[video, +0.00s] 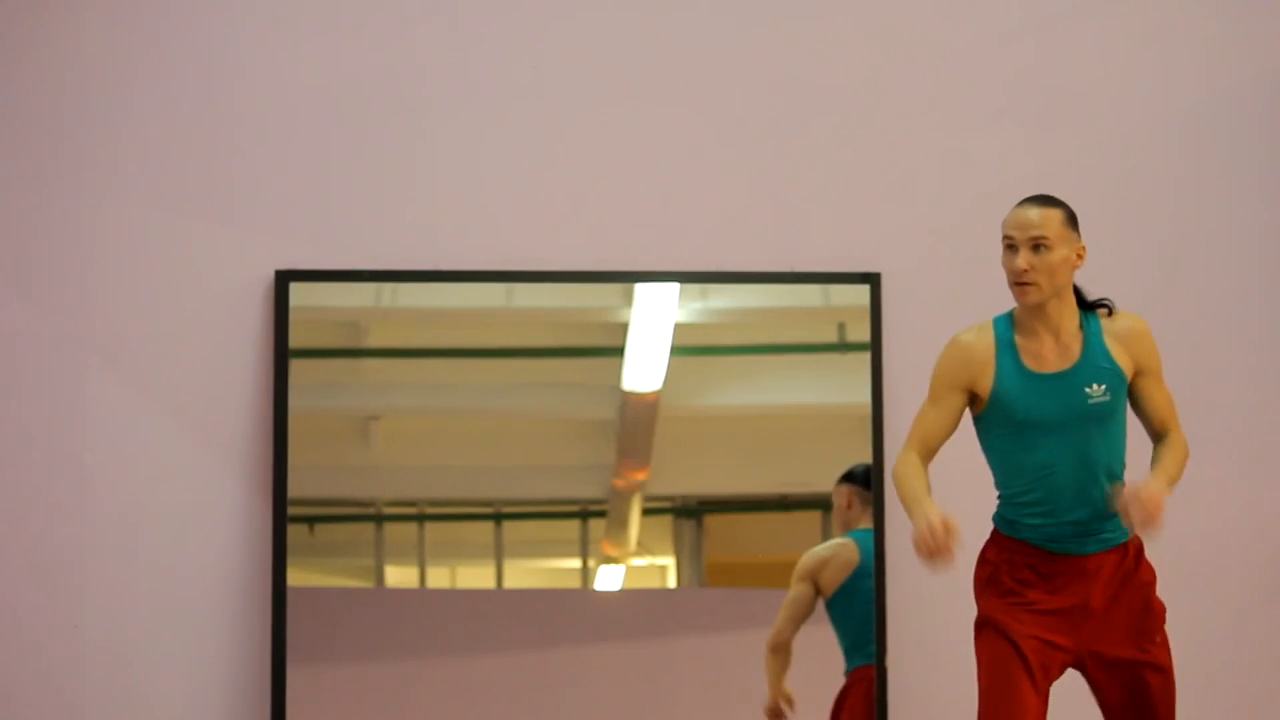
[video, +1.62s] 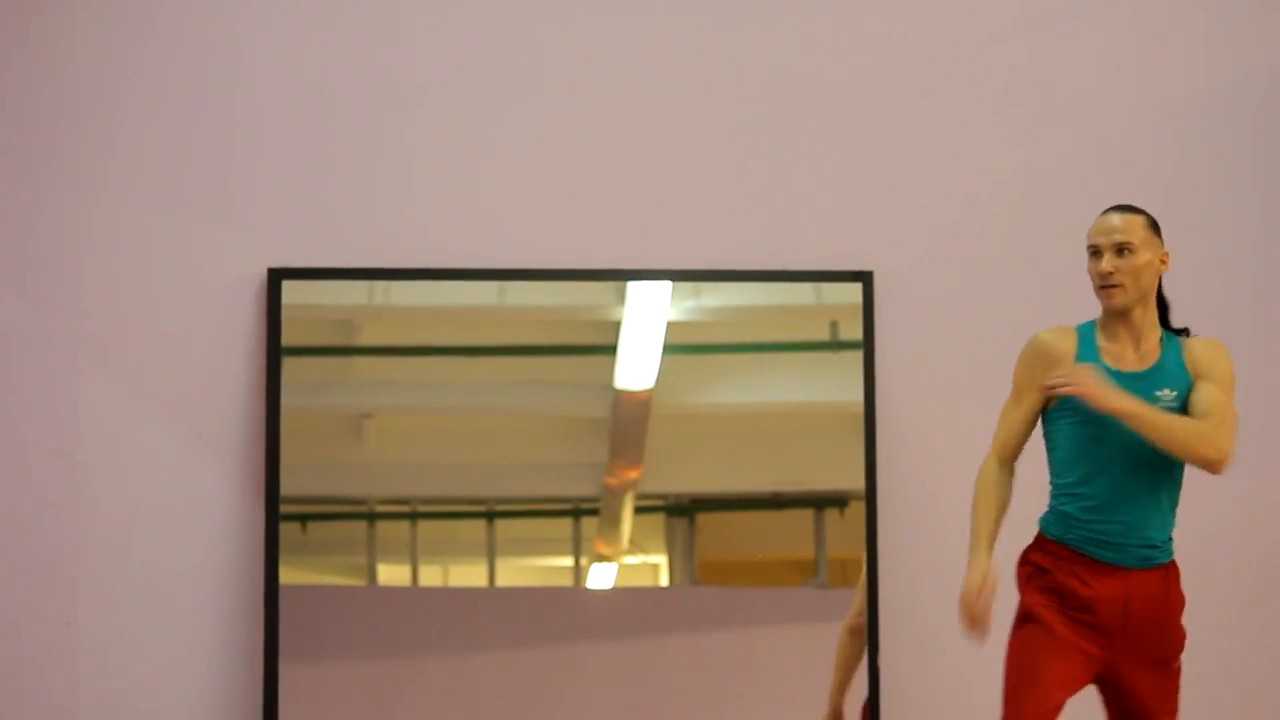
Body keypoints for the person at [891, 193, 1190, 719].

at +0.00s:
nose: (1020, 263)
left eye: (1038, 247)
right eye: (1010, 248)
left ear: (1077, 255)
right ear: (1000, 256)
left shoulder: (1125, 338)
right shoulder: (972, 352)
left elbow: (1170, 437)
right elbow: (910, 458)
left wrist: (1155, 486)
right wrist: (923, 512)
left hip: (1116, 582)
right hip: (1021, 584)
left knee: (1152, 712)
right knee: (1006, 713)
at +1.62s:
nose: (1105, 266)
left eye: (1123, 250)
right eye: (1095, 254)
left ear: (1161, 260)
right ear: (1087, 266)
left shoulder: (1203, 357)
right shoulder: (1052, 351)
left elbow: (1214, 449)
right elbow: (1001, 459)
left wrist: (1113, 399)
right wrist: (980, 558)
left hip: (1148, 596)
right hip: (1058, 589)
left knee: (1152, 712)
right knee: (1024, 712)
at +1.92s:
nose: (1037, 290)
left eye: (1055, 275)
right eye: (1029, 278)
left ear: (1095, 285)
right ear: (1020, 288)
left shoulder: (1113, 366)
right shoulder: (1007, 394)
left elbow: (995, 381)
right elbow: (926, 484)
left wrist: (905, 326)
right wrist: (807, 495)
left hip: (1081, 620)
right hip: (985, 620)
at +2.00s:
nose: (1008, 276)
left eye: (1026, 262)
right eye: (1000, 264)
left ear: (1067, 273)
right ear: (993, 275)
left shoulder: (1093, 362)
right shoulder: (969, 364)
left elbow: (1031, 409)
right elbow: (864, 433)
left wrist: (917, 357)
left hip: (1055, 606)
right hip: (956, 611)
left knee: (1154, 715)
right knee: (928, 712)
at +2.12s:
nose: (915, 261)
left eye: (931, 245)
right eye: (907, 249)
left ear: (973, 254)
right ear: (899, 266)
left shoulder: (1012, 329)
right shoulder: (893, 352)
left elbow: (1115, 383)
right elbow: (775, 373)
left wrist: (1210, 436)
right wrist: (747, 327)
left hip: (1052, 572)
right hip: (968, 591)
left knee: (1086, 701)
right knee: (934, 713)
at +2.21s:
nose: (852, 312)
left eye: (870, 295)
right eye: (845, 299)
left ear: (915, 301)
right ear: (839, 314)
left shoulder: (963, 355)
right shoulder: (851, 384)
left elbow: (1099, 330)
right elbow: (735, 367)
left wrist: (1225, 311)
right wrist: (776, 314)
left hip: (1063, 582)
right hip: (995, 604)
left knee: (1021, 714)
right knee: (943, 715)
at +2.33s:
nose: (804, 412)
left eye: (821, 392)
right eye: (796, 399)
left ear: (867, 397)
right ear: (793, 416)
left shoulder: (913, 439)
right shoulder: (829, 492)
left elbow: (1009, 359)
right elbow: (833, 580)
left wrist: (1093, 277)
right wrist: (778, 632)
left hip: (1048, 635)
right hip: (1015, 645)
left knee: (950, 709)